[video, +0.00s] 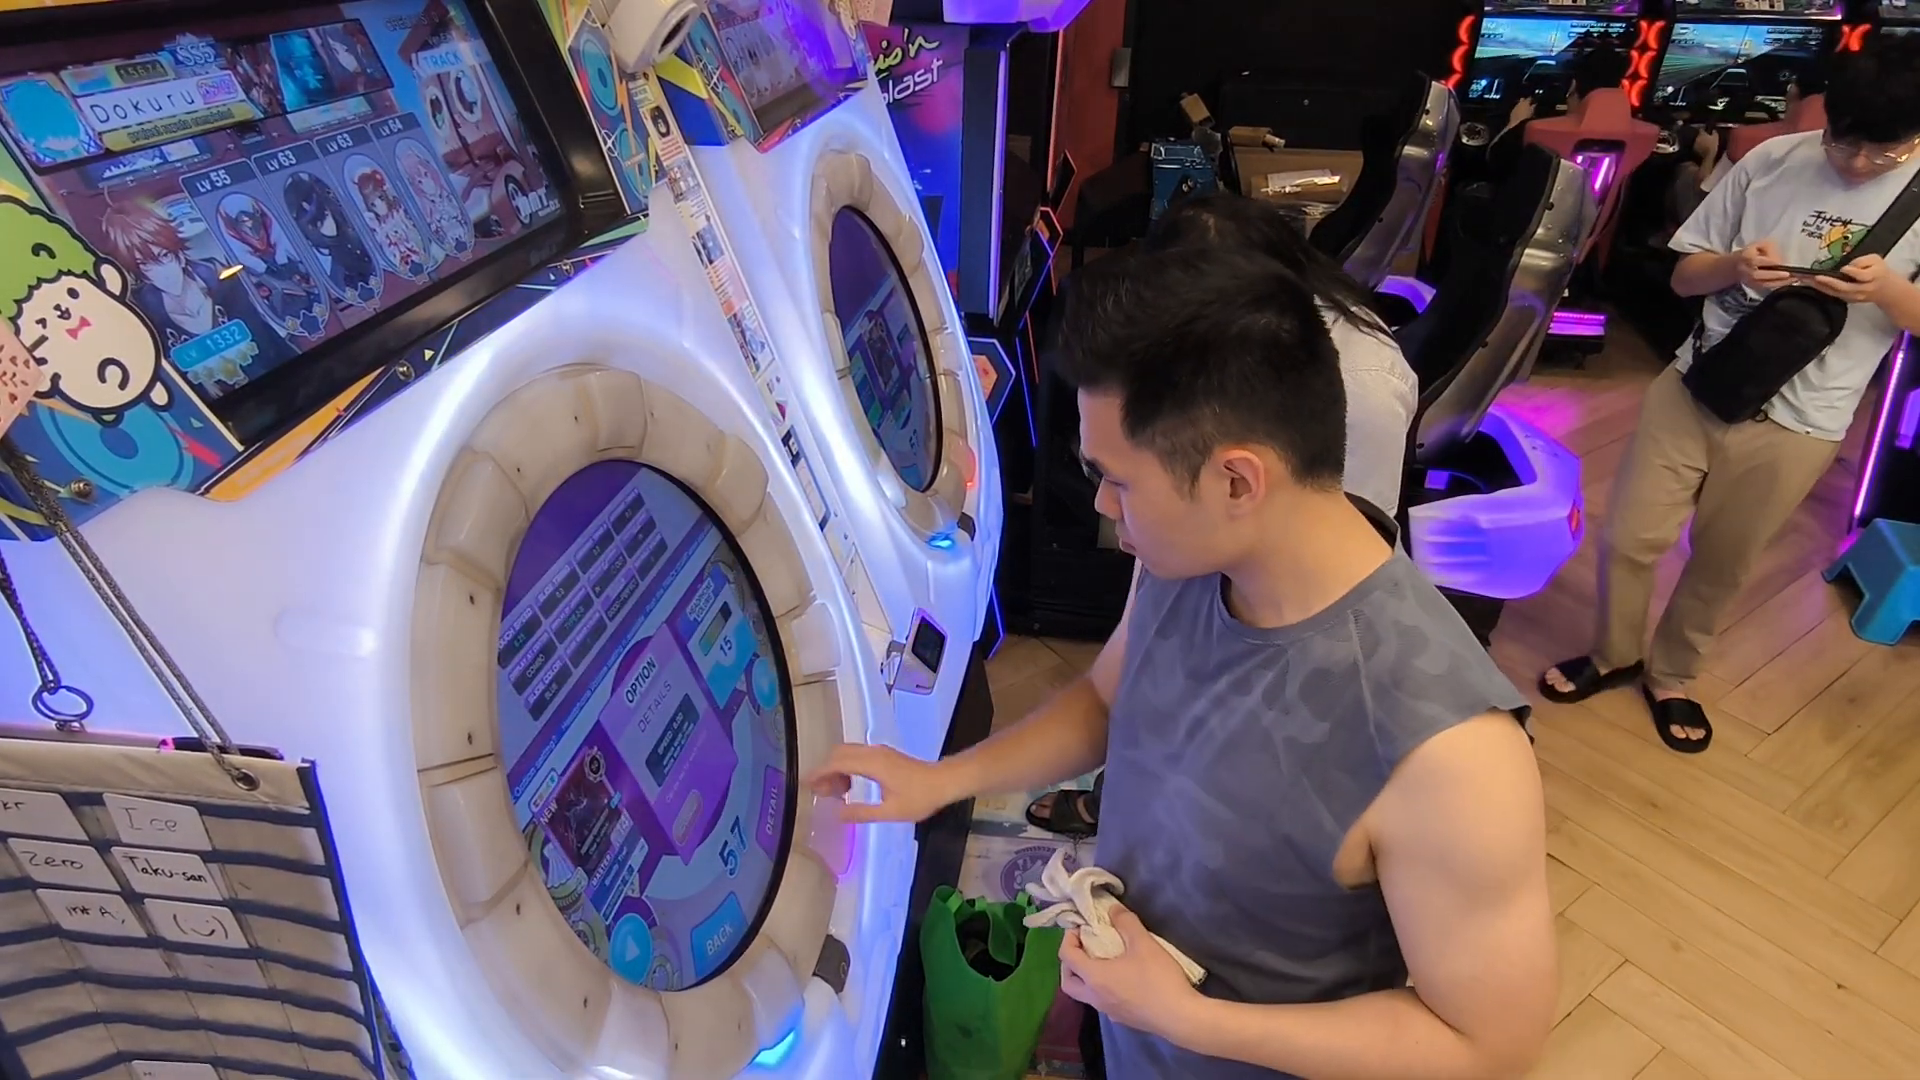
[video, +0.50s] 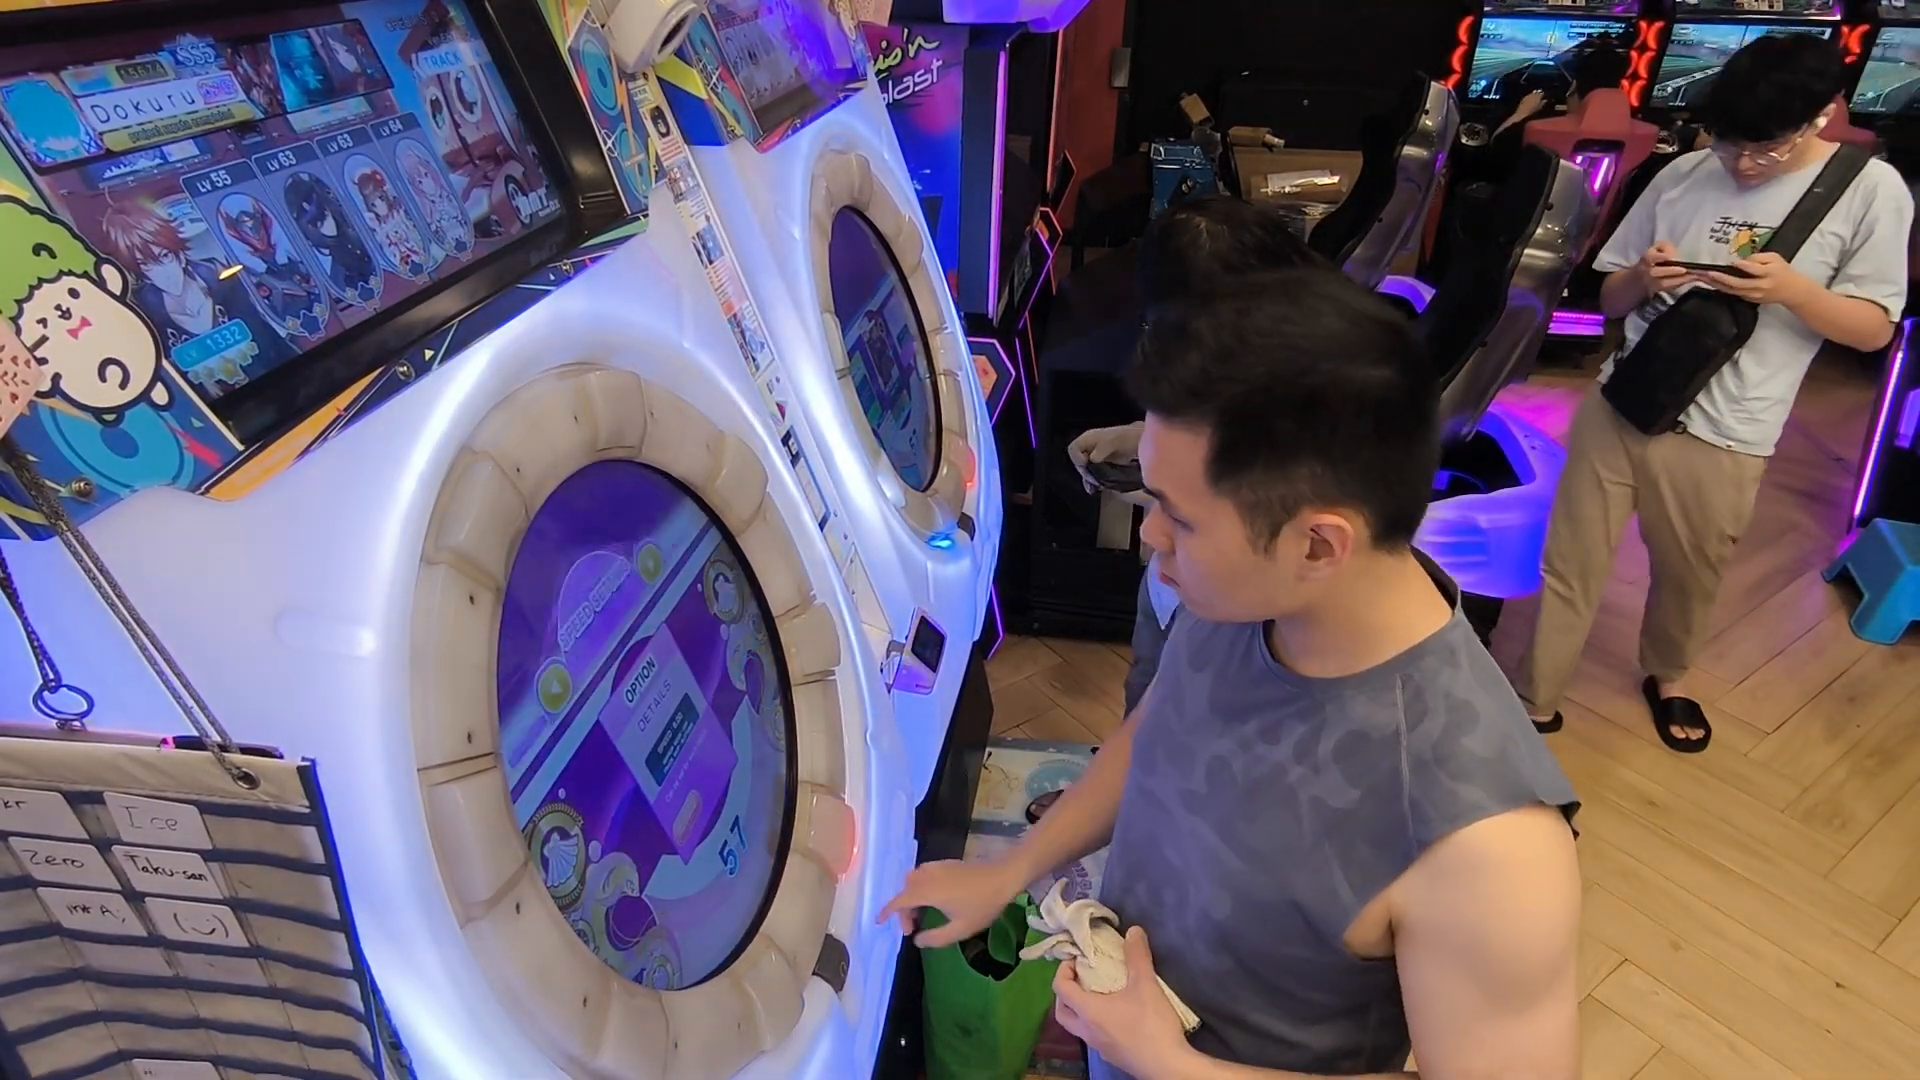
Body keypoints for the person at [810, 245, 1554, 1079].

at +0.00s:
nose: (1101, 506)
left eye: (1112, 481)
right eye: (1097, 476)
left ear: (1238, 482)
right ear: (1236, 484)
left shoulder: (1442, 743)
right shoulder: (1185, 567)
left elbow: (1487, 1041)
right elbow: (1100, 705)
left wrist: (1193, 1018)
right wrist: (946, 779)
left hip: (1250, 1070)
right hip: (1118, 1036)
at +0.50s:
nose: (1148, 535)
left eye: (1177, 520)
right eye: (1151, 500)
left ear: (1321, 548)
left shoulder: (1486, 840)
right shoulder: (1235, 599)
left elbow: (1465, 1066)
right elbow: (1147, 741)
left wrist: (1171, 1062)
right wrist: (1010, 871)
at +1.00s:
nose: (1197, 559)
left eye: (1240, 547)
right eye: (1212, 519)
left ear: (1401, 588)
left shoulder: (1527, 926)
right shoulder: (1249, 596)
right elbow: (1004, 672)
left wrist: (1177, 1072)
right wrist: (759, 711)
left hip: (1222, 1074)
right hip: (1101, 993)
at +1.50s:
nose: (1204, 570)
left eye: (1247, 560)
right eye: (1217, 528)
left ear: (1414, 599)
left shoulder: (1546, 935)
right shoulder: (1246, 597)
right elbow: (1001, 684)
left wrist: (1202, 1079)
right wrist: (755, 730)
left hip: (1248, 1072)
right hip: (1106, 1010)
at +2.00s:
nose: (1186, 554)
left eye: (1226, 544)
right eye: (1200, 513)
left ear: (1388, 585)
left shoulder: (1525, 921)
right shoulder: (1249, 599)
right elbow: (1008, 686)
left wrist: (1089, 1079)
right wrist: (778, 750)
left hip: (1223, 1071)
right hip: (1117, 1015)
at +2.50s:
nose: (1193, 551)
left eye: (1224, 532)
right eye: (1200, 512)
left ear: (1379, 573)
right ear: (1369, 570)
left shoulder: (1463, 898)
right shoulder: (1286, 606)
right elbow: (1079, 723)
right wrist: (884, 835)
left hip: (1188, 1073)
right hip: (1123, 1014)